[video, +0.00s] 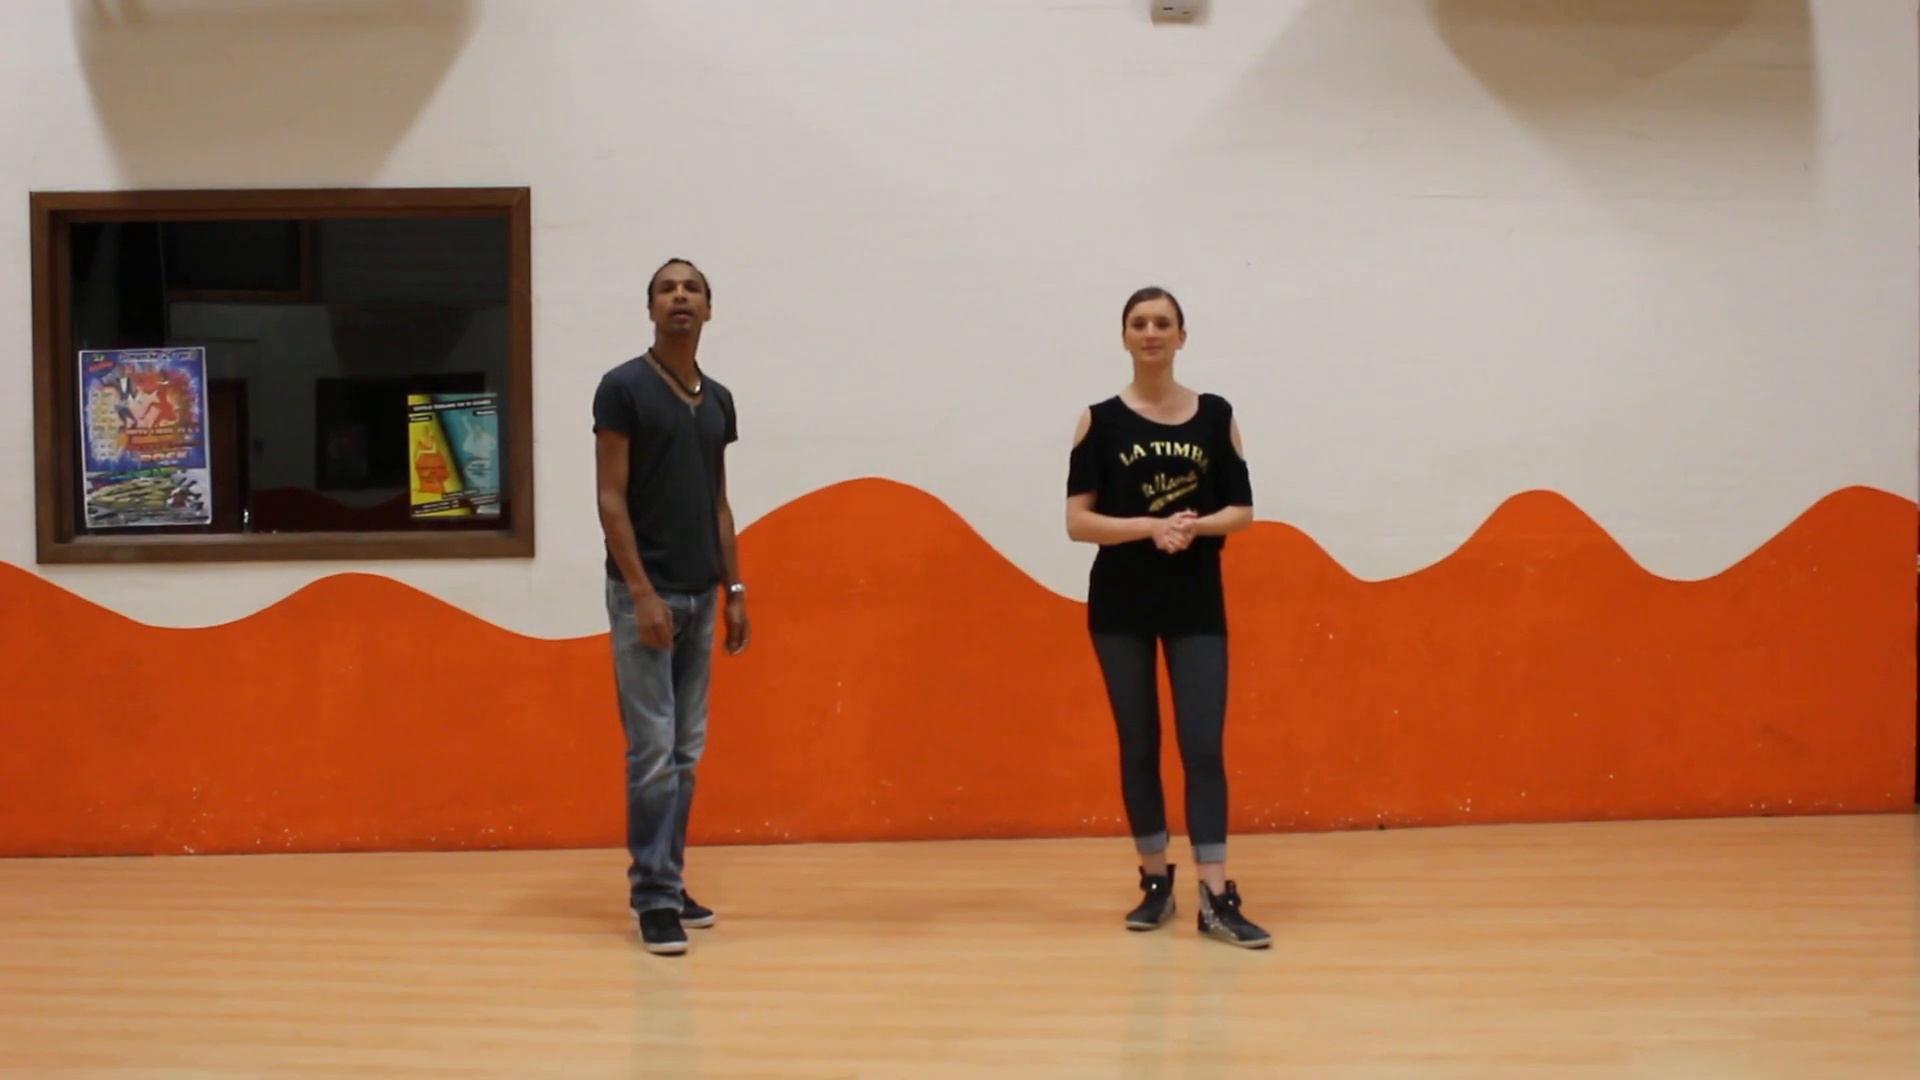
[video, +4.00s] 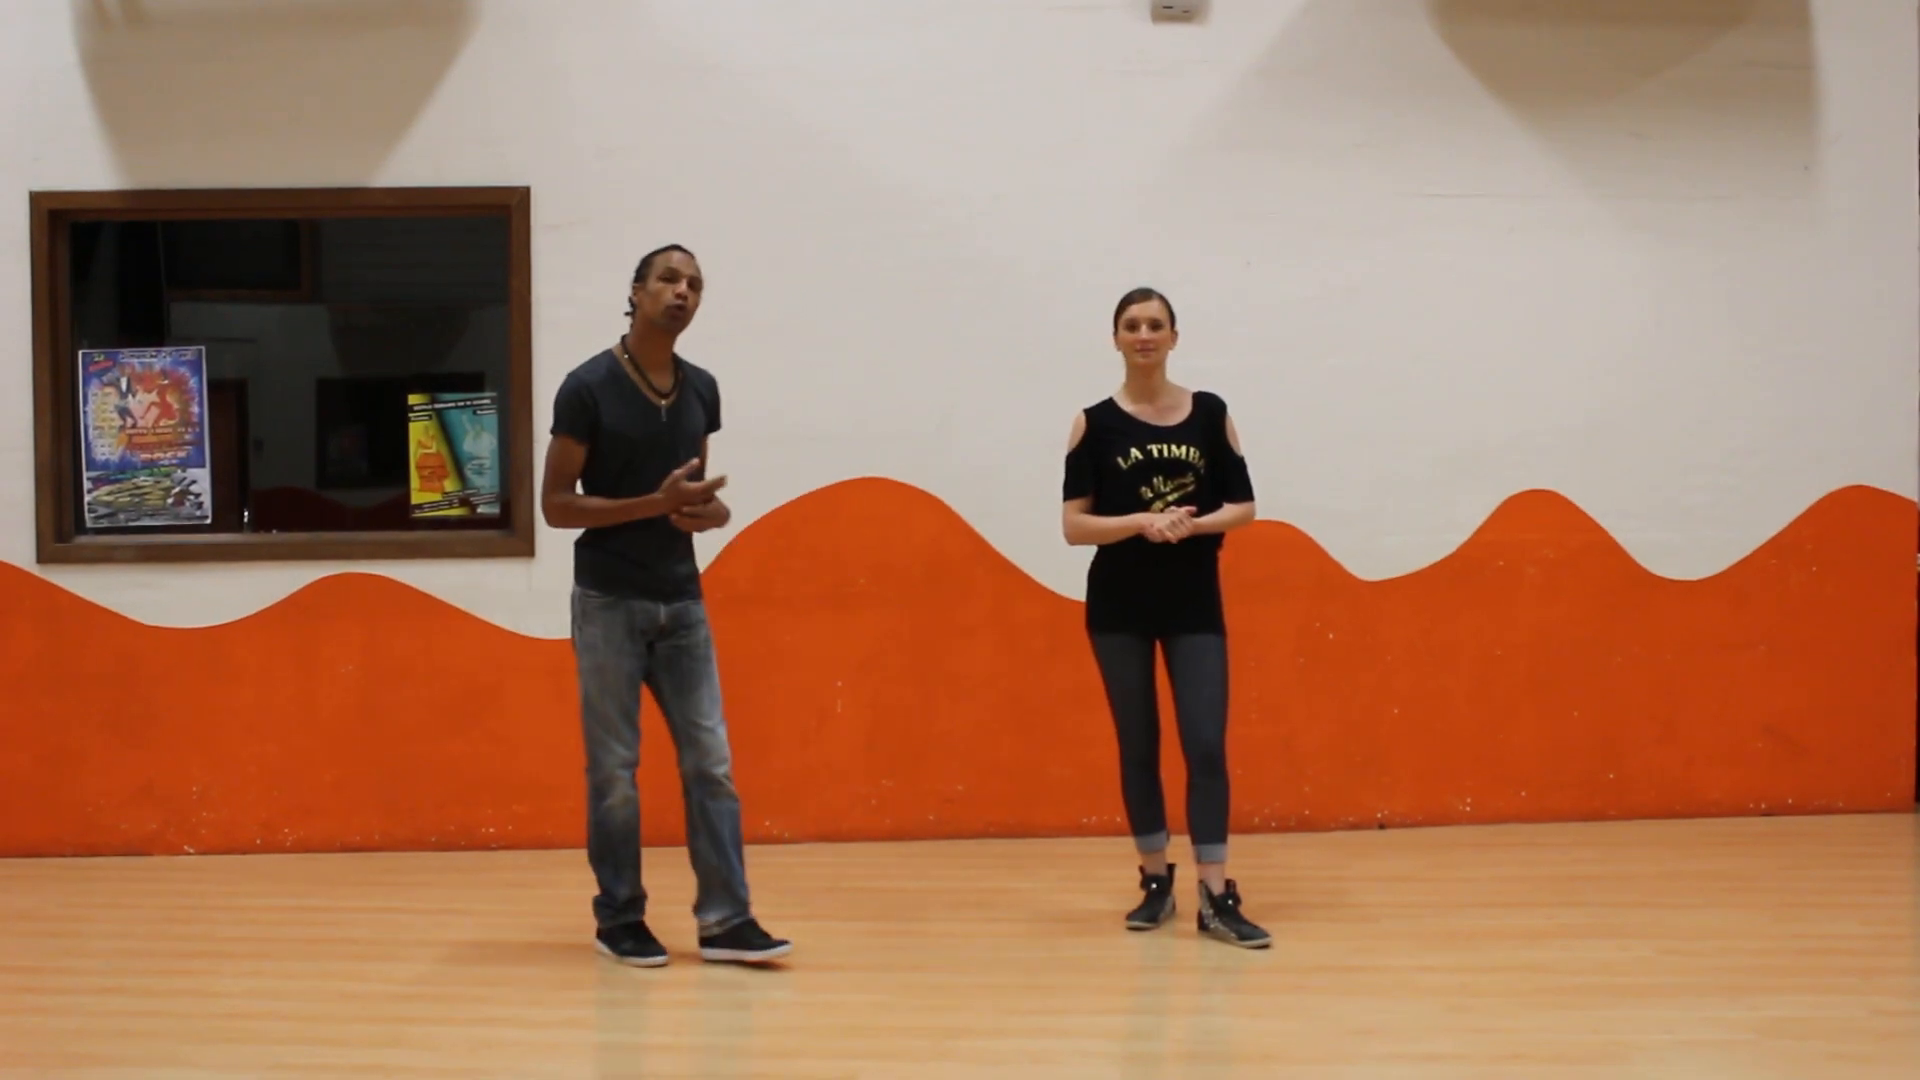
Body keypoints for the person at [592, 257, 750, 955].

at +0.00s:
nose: (681, 296)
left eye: (692, 288)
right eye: (668, 288)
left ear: (709, 308)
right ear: (649, 308)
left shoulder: (716, 400)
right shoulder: (623, 388)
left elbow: (718, 501)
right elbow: (612, 504)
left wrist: (734, 589)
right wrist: (644, 595)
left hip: (698, 591)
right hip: (643, 592)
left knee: (686, 746)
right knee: (654, 746)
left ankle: (667, 882)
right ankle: (654, 895)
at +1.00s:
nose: (681, 298)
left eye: (695, 290)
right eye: (671, 288)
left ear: (712, 311)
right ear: (651, 304)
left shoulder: (722, 398)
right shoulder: (612, 390)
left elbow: (727, 505)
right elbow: (594, 504)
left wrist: (746, 596)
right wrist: (591, 599)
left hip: (691, 598)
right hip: (626, 597)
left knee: (679, 752)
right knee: (641, 752)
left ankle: (665, 883)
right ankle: (644, 901)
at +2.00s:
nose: (689, 295)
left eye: (702, 287)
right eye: (677, 281)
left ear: (714, 303)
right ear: (650, 291)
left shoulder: (726, 392)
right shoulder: (608, 390)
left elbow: (729, 501)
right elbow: (595, 505)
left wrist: (748, 597)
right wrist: (621, 570)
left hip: (708, 608)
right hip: (634, 607)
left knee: (729, 761)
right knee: (639, 772)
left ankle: (751, 923)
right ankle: (648, 915)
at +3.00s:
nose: (786, 278)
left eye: (798, 274)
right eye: (774, 264)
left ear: (803, 299)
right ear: (740, 279)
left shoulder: (813, 390)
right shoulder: (687, 376)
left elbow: (810, 495)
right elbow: (660, 499)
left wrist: (828, 550)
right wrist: (738, 543)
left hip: (786, 611)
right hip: (711, 606)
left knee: (771, 781)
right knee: (708, 774)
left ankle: (753, 938)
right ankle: (676, 895)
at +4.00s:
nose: (681, 292)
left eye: (692, 285)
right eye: (668, 278)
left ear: (697, 307)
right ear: (633, 293)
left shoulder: (701, 391)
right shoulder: (588, 389)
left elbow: (687, 496)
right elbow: (556, 505)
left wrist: (707, 508)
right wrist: (656, 505)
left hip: (680, 599)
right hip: (607, 600)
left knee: (710, 760)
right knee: (615, 767)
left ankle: (725, 921)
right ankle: (621, 921)